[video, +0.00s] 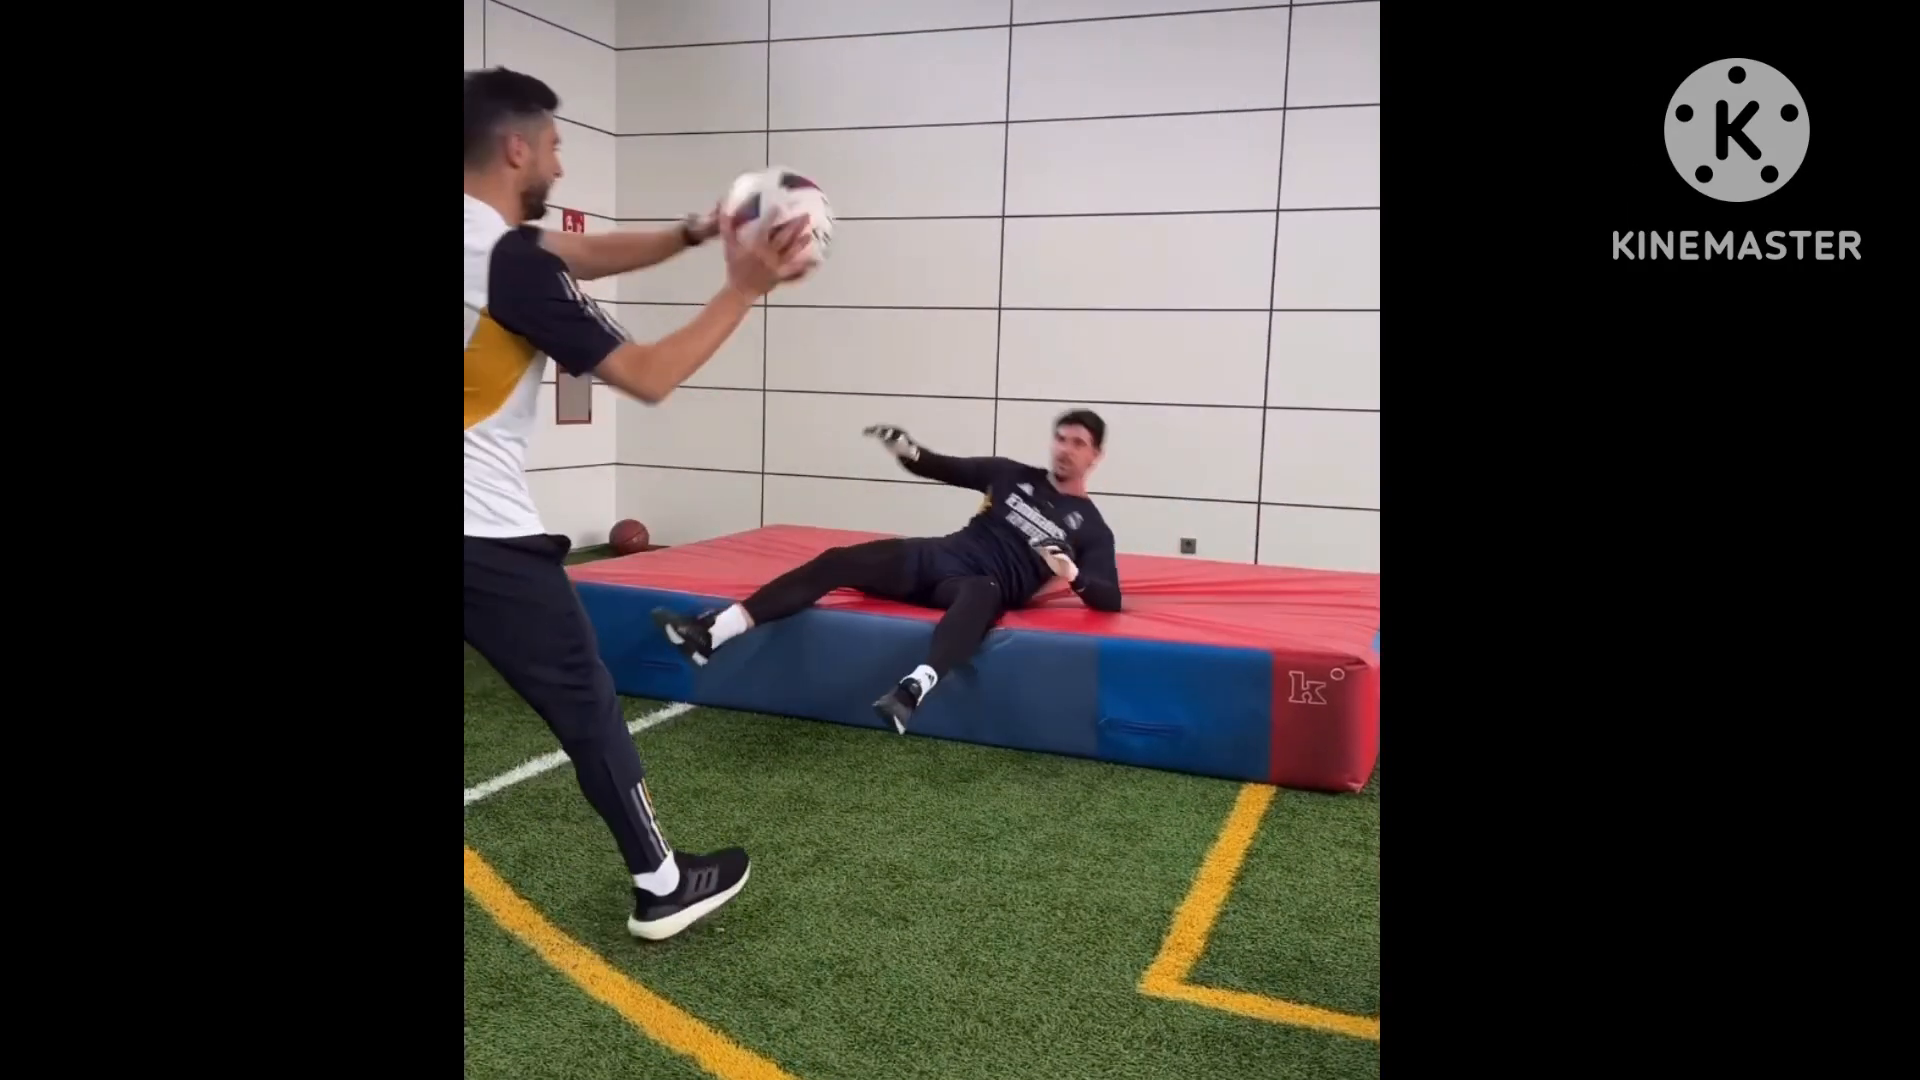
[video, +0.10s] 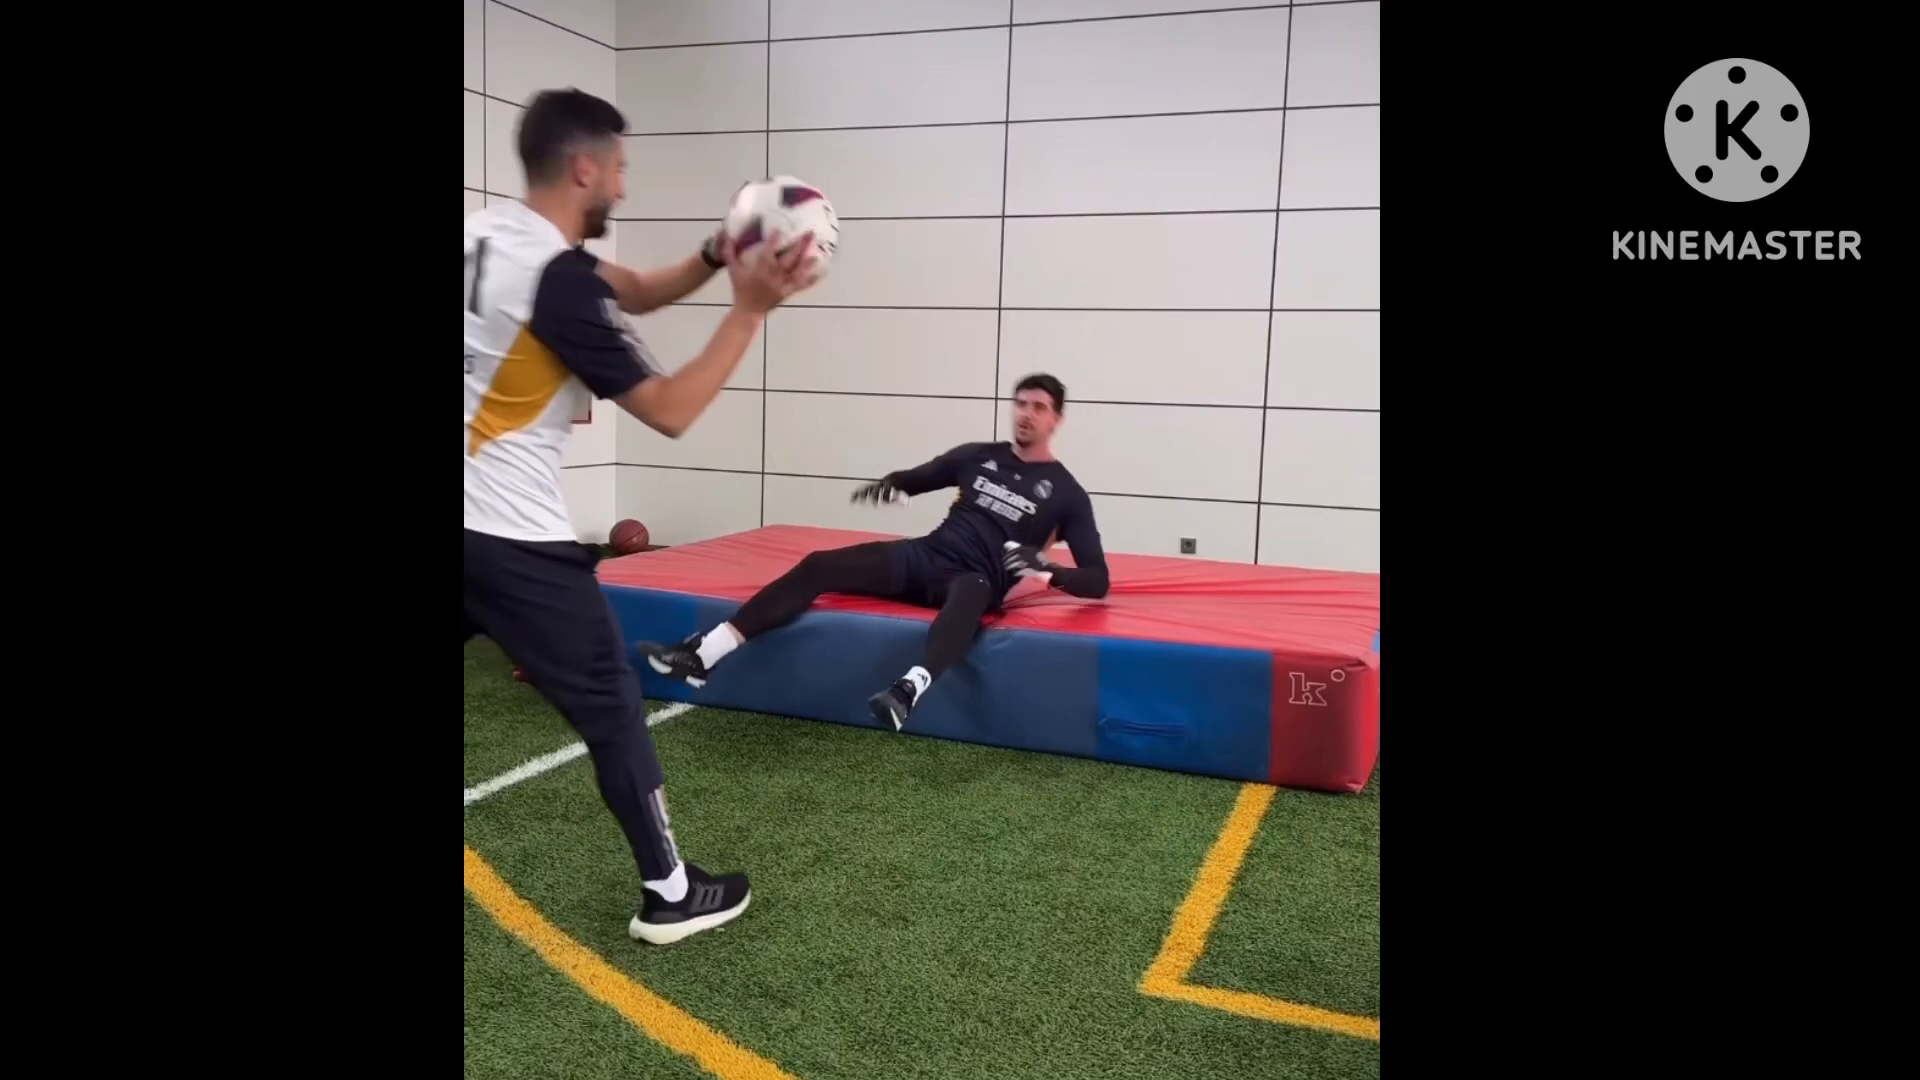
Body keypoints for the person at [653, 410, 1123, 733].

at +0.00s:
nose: (1065, 448)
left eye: (1077, 443)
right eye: (1062, 439)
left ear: (1096, 457)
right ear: (1052, 444)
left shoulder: (1093, 529)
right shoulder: (1011, 475)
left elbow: (1111, 601)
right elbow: (943, 468)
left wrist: (1077, 580)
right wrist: (909, 451)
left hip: (980, 584)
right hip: (935, 555)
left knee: (981, 595)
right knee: (835, 561)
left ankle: (916, 686)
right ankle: (715, 629)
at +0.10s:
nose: (1027, 416)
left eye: (1038, 409)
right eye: (1021, 406)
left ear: (1058, 420)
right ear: (1012, 412)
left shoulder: (1066, 492)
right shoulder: (979, 456)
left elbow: (1098, 582)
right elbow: (922, 479)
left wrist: (1048, 572)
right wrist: (890, 483)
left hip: (977, 580)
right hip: (924, 556)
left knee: (973, 588)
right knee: (817, 565)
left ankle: (909, 690)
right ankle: (701, 654)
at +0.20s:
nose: (997, 399)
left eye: (1010, 393)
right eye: (992, 389)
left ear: (1027, 406)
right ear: (980, 398)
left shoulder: (1039, 478)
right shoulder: (947, 450)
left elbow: (1073, 567)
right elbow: (889, 503)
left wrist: (1025, 576)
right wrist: (875, 530)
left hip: (962, 580)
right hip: (906, 567)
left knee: (968, 584)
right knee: (806, 566)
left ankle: (911, 700)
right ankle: (709, 678)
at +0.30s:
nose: (985, 401)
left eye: (997, 395)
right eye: (979, 392)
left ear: (1013, 409)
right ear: (967, 400)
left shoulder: (1026, 478)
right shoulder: (932, 452)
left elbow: (1063, 566)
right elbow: (869, 512)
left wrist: (1021, 557)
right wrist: (882, 531)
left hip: (955, 575)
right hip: (900, 562)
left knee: (962, 588)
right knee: (797, 581)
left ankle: (919, 707)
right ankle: (702, 698)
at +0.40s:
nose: (1005, 412)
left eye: (1017, 406)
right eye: (999, 402)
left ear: (1029, 419)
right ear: (983, 408)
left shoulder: (1031, 486)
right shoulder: (946, 447)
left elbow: (1075, 565)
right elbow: (879, 493)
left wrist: (1051, 530)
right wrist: (927, 485)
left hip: (937, 576)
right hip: (886, 556)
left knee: (962, 587)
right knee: (788, 582)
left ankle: (927, 703)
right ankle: (695, 698)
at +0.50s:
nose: (1046, 437)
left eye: (1058, 434)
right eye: (1042, 426)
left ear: (1068, 445)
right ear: (1026, 425)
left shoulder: (1054, 499)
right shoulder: (990, 449)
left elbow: (1082, 556)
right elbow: (943, 455)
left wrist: (1087, 505)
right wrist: (1007, 446)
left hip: (939, 574)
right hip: (895, 548)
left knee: (964, 586)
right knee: (793, 589)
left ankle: (927, 692)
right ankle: (689, 696)